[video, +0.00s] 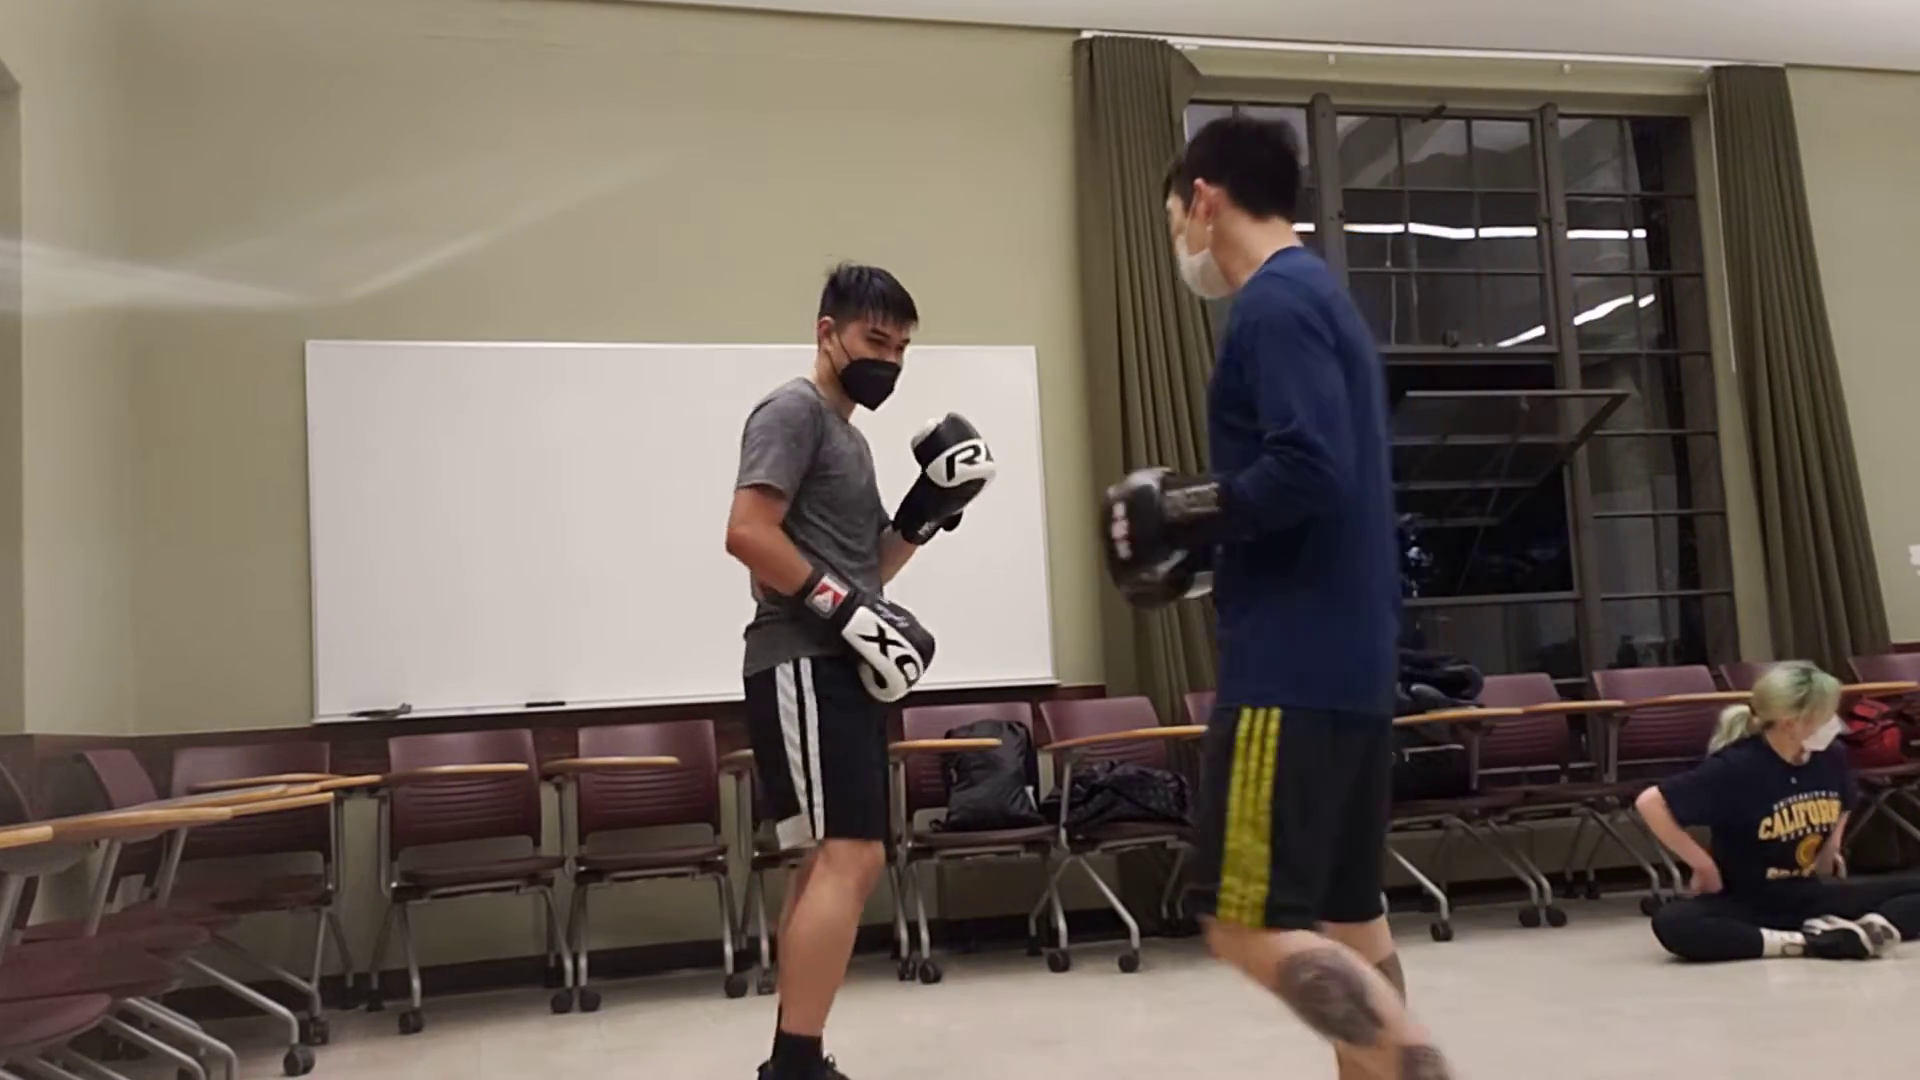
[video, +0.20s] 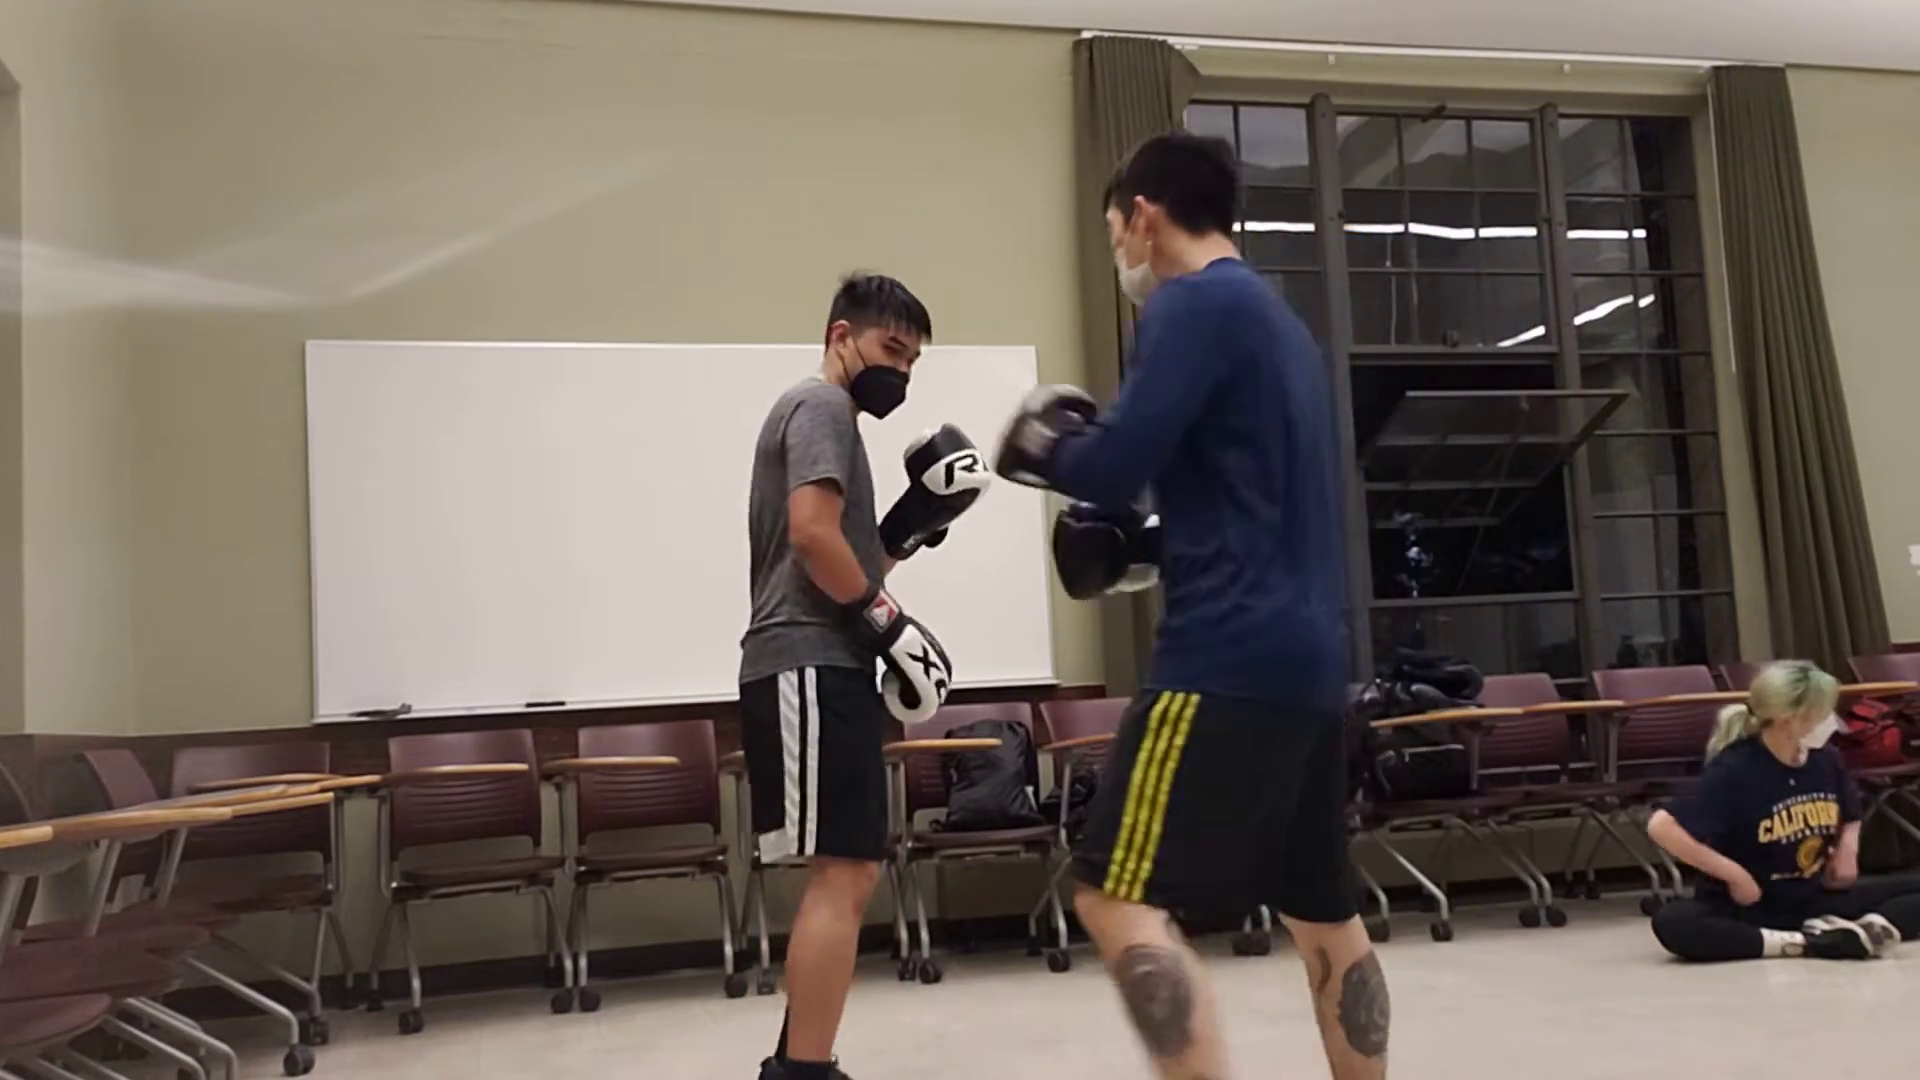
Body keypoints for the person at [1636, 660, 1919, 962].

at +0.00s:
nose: (1833, 727)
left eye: (1832, 717)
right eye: (1825, 719)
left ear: (1799, 722)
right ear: (1792, 722)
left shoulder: (1829, 757)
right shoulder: (1736, 766)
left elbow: (1844, 802)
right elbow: (1650, 802)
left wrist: (1830, 848)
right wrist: (1703, 866)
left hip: (1811, 895)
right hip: (1744, 903)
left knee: (1917, 888)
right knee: (1672, 922)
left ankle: (1854, 932)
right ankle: (1798, 944)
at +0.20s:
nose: (1830, 722)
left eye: (1829, 713)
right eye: (1821, 715)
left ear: (1796, 720)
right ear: (1788, 719)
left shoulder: (1826, 762)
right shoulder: (1734, 769)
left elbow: (1851, 813)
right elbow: (1662, 826)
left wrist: (1846, 852)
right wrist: (1733, 874)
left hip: (1817, 899)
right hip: (1747, 908)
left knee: (1916, 888)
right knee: (1671, 922)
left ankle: (1854, 930)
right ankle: (1797, 944)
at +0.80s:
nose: (1835, 715)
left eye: (1833, 705)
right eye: (1826, 706)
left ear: (1798, 712)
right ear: (1794, 711)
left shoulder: (1829, 770)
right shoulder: (1736, 774)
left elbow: (1845, 852)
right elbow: (1727, 869)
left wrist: (1852, 900)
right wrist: (1807, 914)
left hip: (1823, 897)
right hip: (1748, 903)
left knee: (1915, 899)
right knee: (1670, 922)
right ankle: (1797, 944)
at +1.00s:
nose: (1839, 717)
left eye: (1837, 707)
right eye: (1831, 708)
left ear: (1801, 715)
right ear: (1799, 714)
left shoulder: (1832, 772)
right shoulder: (1736, 775)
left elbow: (1848, 853)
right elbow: (1725, 869)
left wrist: (1852, 900)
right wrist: (1805, 915)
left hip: (1821, 898)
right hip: (1746, 902)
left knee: (1915, 897)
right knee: (1670, 923)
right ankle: (1799, 944)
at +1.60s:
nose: (1829, 717)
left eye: (1827, 707)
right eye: (1817, 710)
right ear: (1778, 715)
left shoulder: (1831, 766)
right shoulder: (1736, 774)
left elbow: (1856, 833)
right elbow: (1714, 868)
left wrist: (1847, 871)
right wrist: (1793, 912)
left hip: (1826, 897)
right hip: (1755, 906)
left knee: (1916, 892)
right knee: (1671, 923)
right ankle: (1793, 944)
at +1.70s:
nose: (1827, 717)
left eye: (1825, 707)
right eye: (1816, 709)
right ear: (1776, 714)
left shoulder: (1831, 765)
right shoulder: (1736, 774)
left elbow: (1852, 834)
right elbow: (1716, 868)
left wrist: (1846, 871)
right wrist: (1795, 913)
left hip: (1825, 897)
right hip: (1754, 906)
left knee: (1916, 891)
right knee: (1670, 923)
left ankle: (1861, 934)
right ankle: (1792, 944)